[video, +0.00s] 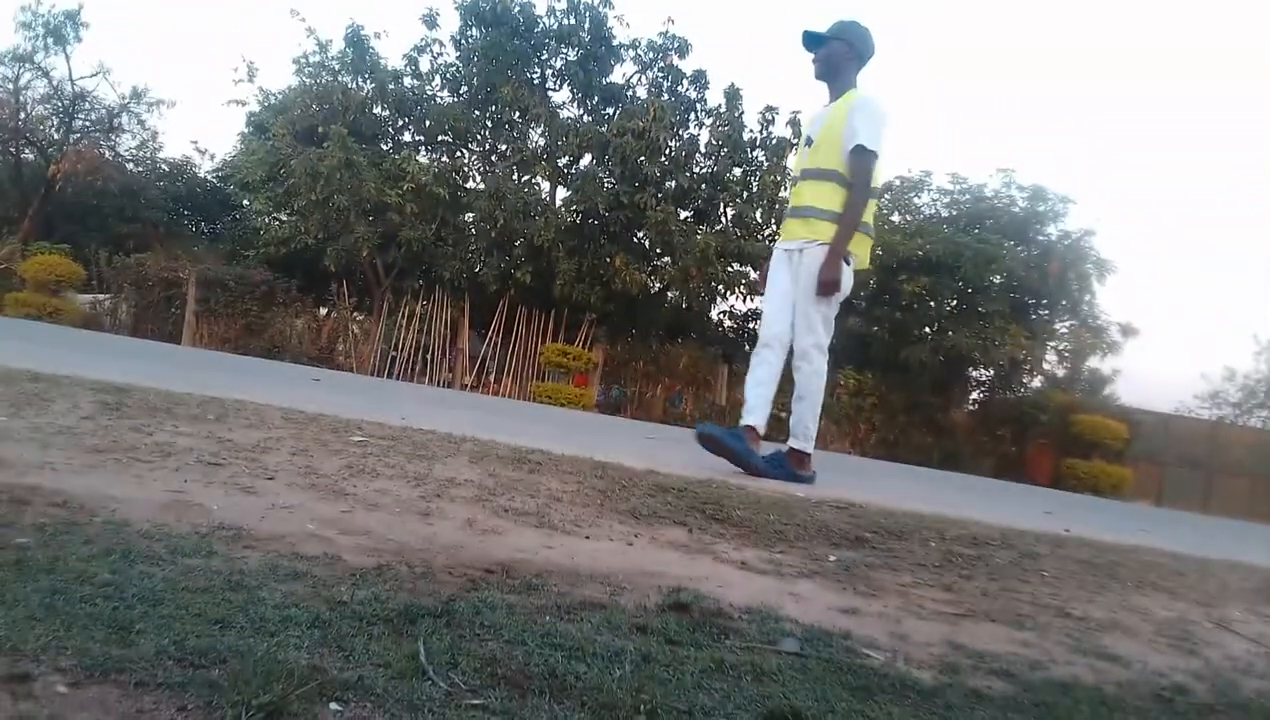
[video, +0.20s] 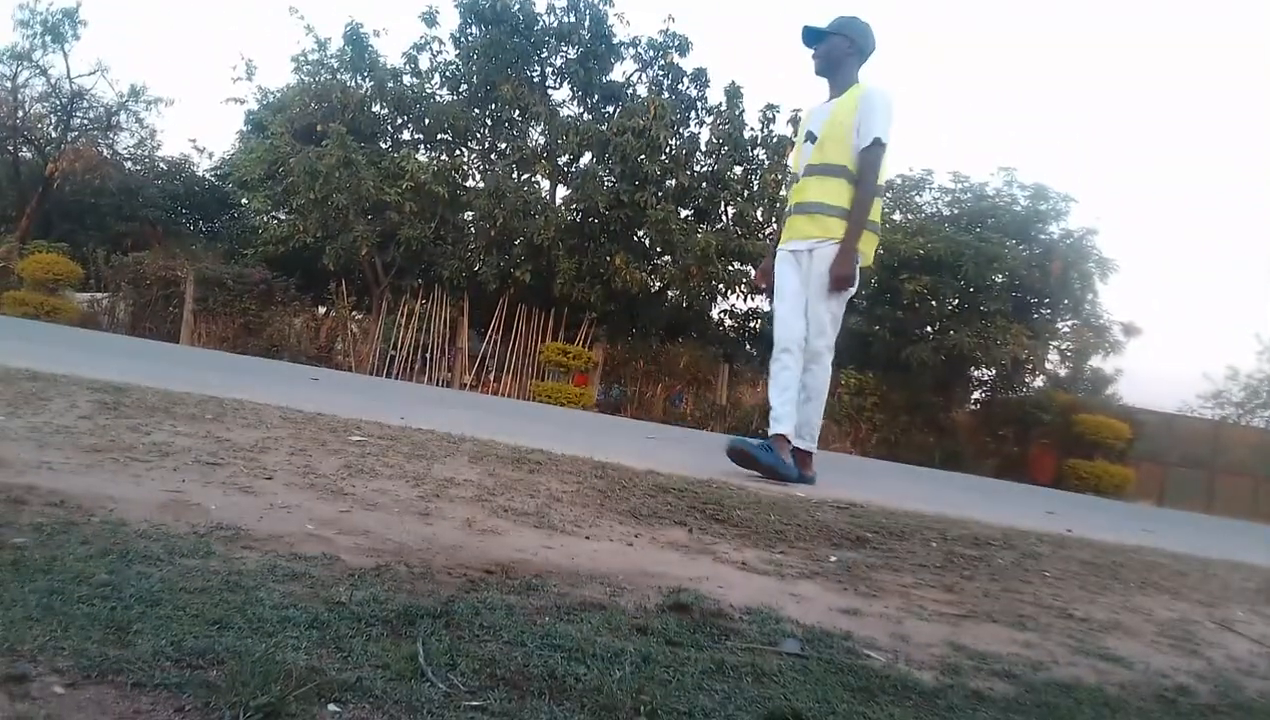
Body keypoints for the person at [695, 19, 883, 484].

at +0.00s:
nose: (816, 53)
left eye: (827, 46)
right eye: (819, 46)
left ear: (852, 55)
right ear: (832, 57)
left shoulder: (863, 108)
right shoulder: (819, 119)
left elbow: (860, 184)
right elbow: (803, 194)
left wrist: (836, 254)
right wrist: (777, 251)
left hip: (827, 248)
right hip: (789, 245)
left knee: (810, 348)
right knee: (771, 337)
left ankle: (799, 456)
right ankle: (749, 435)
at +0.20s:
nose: (815, 48)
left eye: (825, 39)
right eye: (817, 41)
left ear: (852, 48)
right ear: (837, 50)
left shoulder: (871, 98)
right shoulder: (811, 115)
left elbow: (869, 177)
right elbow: (797, 193)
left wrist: (848, 248)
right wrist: (775, 253)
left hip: (833, 243)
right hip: (792, 244)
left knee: (817, 348)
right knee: (787, 341)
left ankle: (804, 455)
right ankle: (779, 444)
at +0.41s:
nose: (809, 46)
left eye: (819, 38)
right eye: (810, 39)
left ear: (845, 46)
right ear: (831, 48)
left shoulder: (866, 97)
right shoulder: (807, 115)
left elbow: (866, 175)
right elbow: (794, 191)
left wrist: (846, 249)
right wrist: (771, 251)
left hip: (828, 243)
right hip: (786, 243)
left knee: (811, 349)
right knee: (778, 342)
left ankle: (800, 455)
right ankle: (769, 444)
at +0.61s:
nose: (803, 42)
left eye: (814, 34)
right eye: (805, 35)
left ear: (841, 43)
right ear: (822, 45)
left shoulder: (864, 94)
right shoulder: (796, 114)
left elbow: (860, 170)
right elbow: (789, 190)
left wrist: (837, 240)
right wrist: (769, 253)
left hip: (830, 242)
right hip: (782, 243)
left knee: (808, 342)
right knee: (770, 342)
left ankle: (800, 454)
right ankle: (756, 449)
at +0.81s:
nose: (797, 31)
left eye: (808, 21)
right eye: (798, 24)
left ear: (836, 30)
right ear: (812, 37)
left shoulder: (862, 85)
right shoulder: (793, 103)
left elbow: (858, 165)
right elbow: (779, 174)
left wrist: (824, 233)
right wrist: (775, 226)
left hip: (829, 233)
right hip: (781, 229)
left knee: (808, 334)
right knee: (759, 318)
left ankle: (799, 451)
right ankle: (764, 439)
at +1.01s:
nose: (786, 45)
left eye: (798, 37)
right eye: (787, 38)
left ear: (826, 47)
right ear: (795, 52)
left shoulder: (852, 100)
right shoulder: (780, 122)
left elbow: (854, 183)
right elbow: (768, 200)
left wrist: (823, 253)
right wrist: (744, 261)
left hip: (821, 255)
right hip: (772, 254)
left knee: (807, 363)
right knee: (770, 362)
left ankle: (800, 468)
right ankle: (765, 474)